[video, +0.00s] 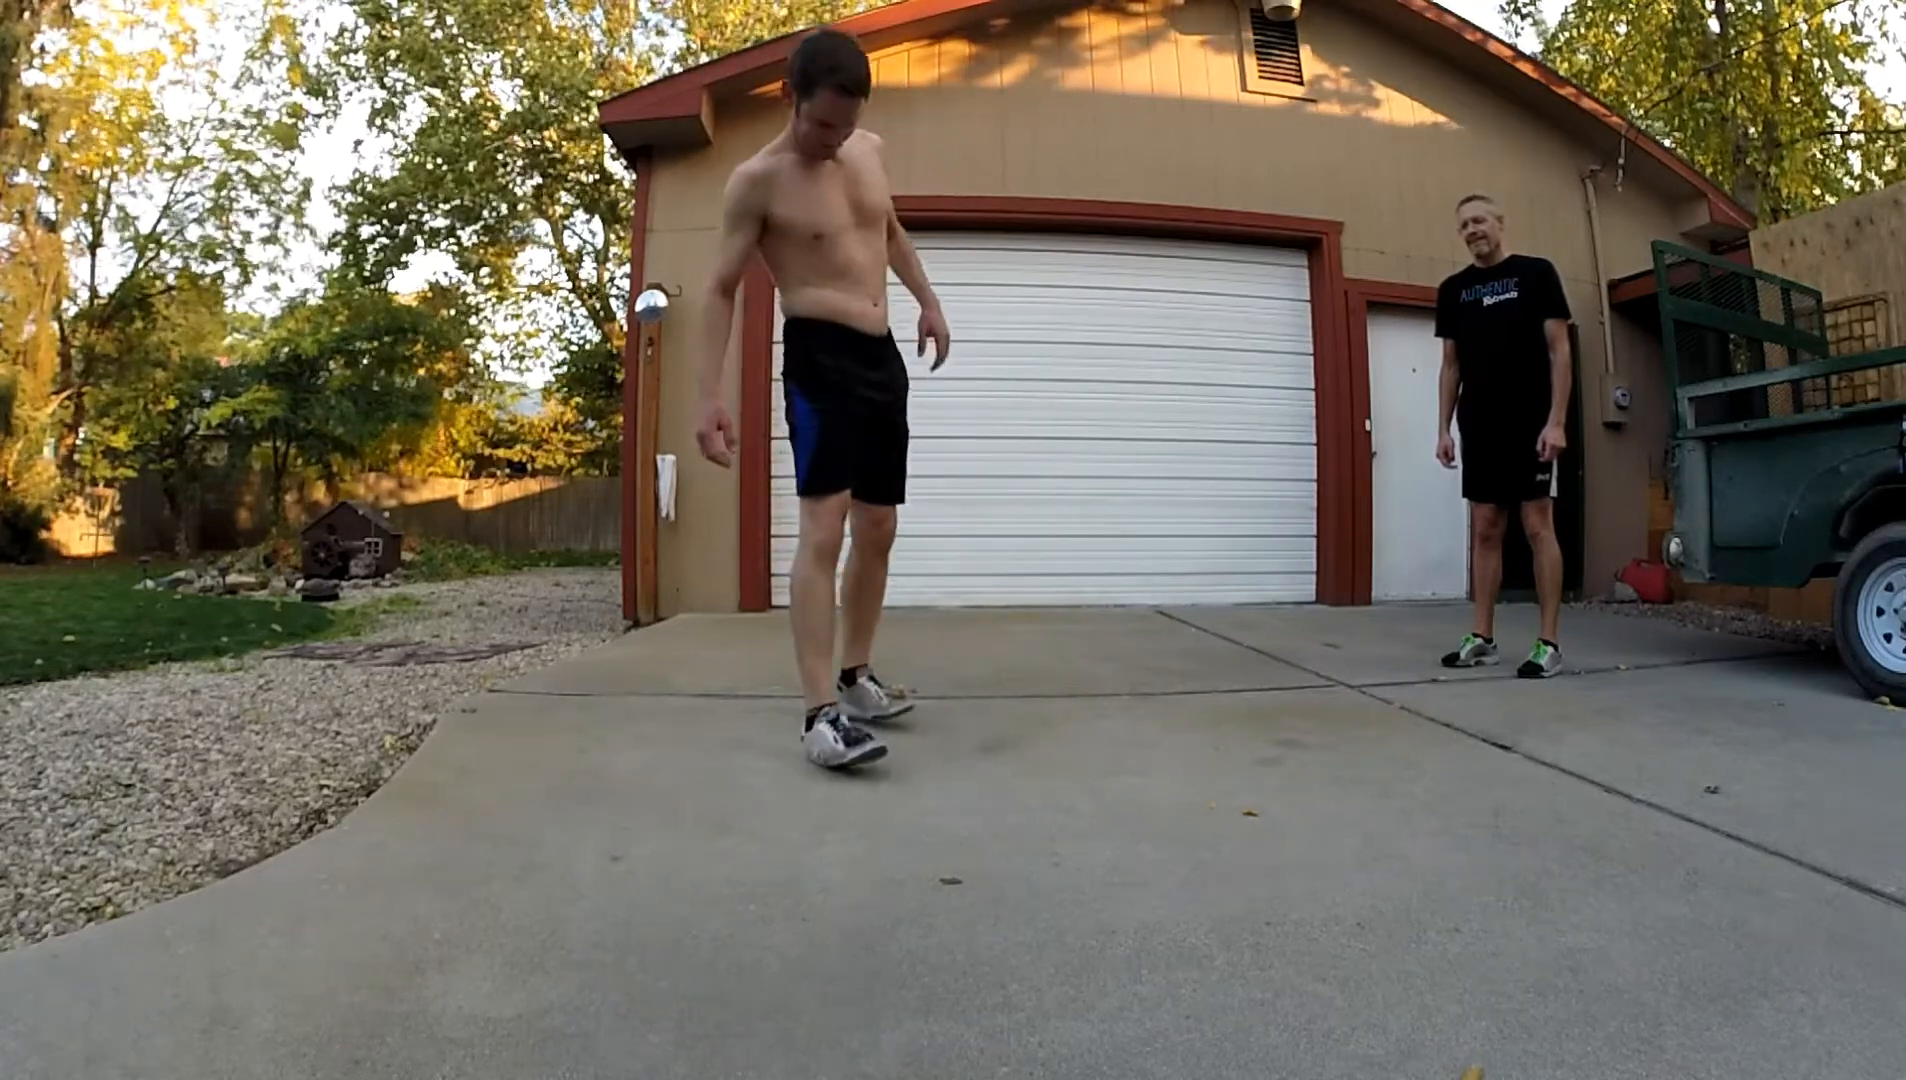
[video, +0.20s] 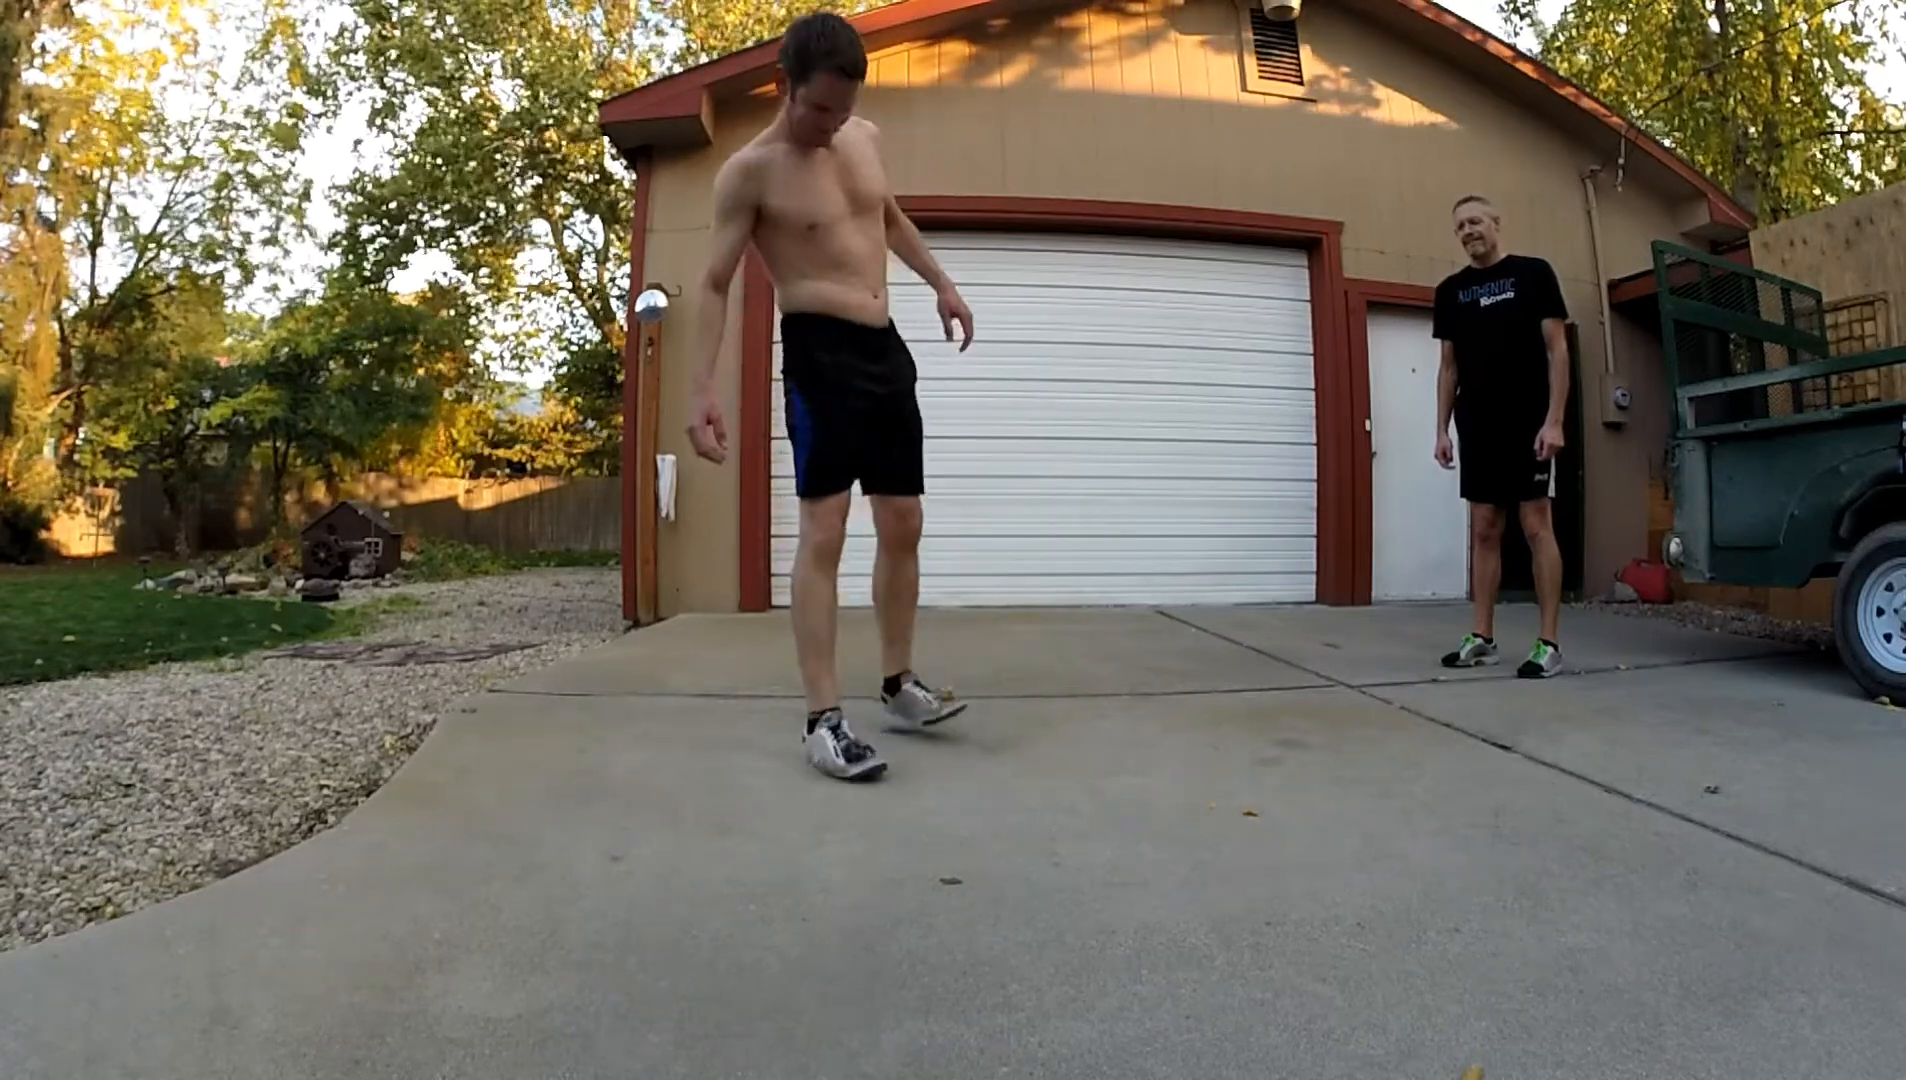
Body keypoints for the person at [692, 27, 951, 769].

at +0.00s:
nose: (833, 136)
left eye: (845, 123)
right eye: (822, 121)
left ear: (860, 109)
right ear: (793, 96)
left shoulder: (868, 151)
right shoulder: (757, 181)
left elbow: (890, 232)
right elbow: (720, 290)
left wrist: (928, 300)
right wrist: (710, 395)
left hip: (880, 358)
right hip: (818, 360)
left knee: (877, 527)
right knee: (824, 533)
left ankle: (856, 676)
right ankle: (820, 715)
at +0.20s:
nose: (830, 120)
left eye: (841, 106)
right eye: (818, 104)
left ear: (854, 91)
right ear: (785, 85)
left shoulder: (863, 137)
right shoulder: (749, 172)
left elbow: (889, 218)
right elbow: (714, 286)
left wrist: (943, 285)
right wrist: (705, 389)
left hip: (884, 351)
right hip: (817, 356)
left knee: (903, 527)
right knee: (823, 536)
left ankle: (898, 683)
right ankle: (823, 720)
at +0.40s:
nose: (836, 116)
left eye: (847, 102)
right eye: (824, 101)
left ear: (860, 85)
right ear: (788, 77)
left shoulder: (865, 133)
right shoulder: (747, 164)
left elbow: (888, 216)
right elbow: (714, 280)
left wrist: (935, 284)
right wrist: (711, 383)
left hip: (887, 346)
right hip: (818, 353)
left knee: (918, 522)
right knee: (827, 535)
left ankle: (925, 694)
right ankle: (826, 720)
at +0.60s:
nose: (845, 105)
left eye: (856, 92)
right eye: (834, 88)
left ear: (865, 80)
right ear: (798, 68)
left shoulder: (870, 134)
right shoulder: (753, 160)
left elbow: (893, 227)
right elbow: (711, 276)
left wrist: (929, 300)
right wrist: (713, 379)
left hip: (889, 346)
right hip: (819, 351)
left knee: (913, 524)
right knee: (828, 534)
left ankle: (914, 707)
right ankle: (825, 722)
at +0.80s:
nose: (859, 110)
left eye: (870, 96)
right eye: (848, 92)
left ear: (880, 88)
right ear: (810, 72)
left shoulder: (879, 152)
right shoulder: (760, 168)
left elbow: (888, 247)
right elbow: (674, 255)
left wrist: (925, 322)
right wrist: (644, 340)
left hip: (887, 352)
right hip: (821, 352)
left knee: (921, 526)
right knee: (844, 538)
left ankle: (911, 715)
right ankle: (828, 724)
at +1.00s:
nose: (885, 131)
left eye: (897, 117)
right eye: (875, 112)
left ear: (903, 113)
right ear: (838, 94)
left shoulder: (889, 181)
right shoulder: (781, 173)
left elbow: (897, 270)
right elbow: (706, 201)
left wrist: (935, 354)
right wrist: (677, 207)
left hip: (883, 356)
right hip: (816, 356)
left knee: (987, 384)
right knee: (841, 542)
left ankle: (1005, 585)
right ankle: (827, 725)